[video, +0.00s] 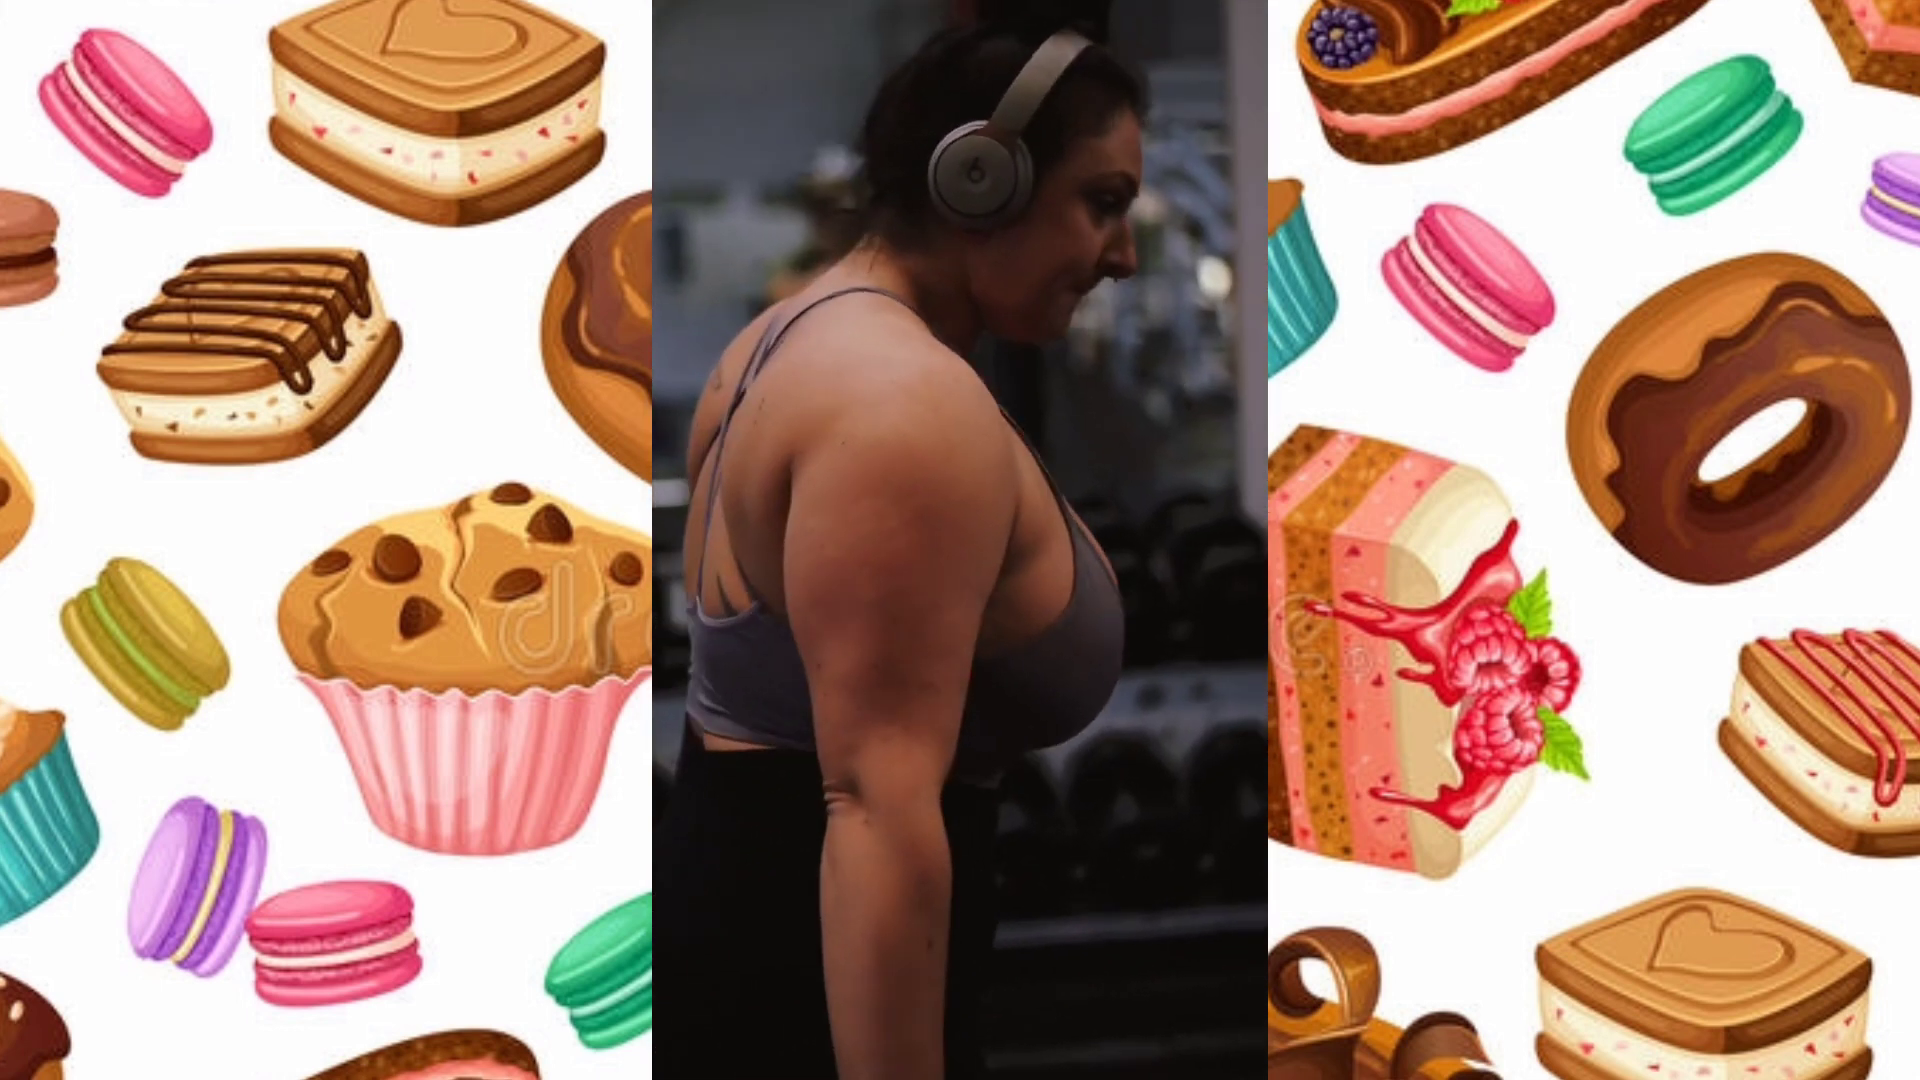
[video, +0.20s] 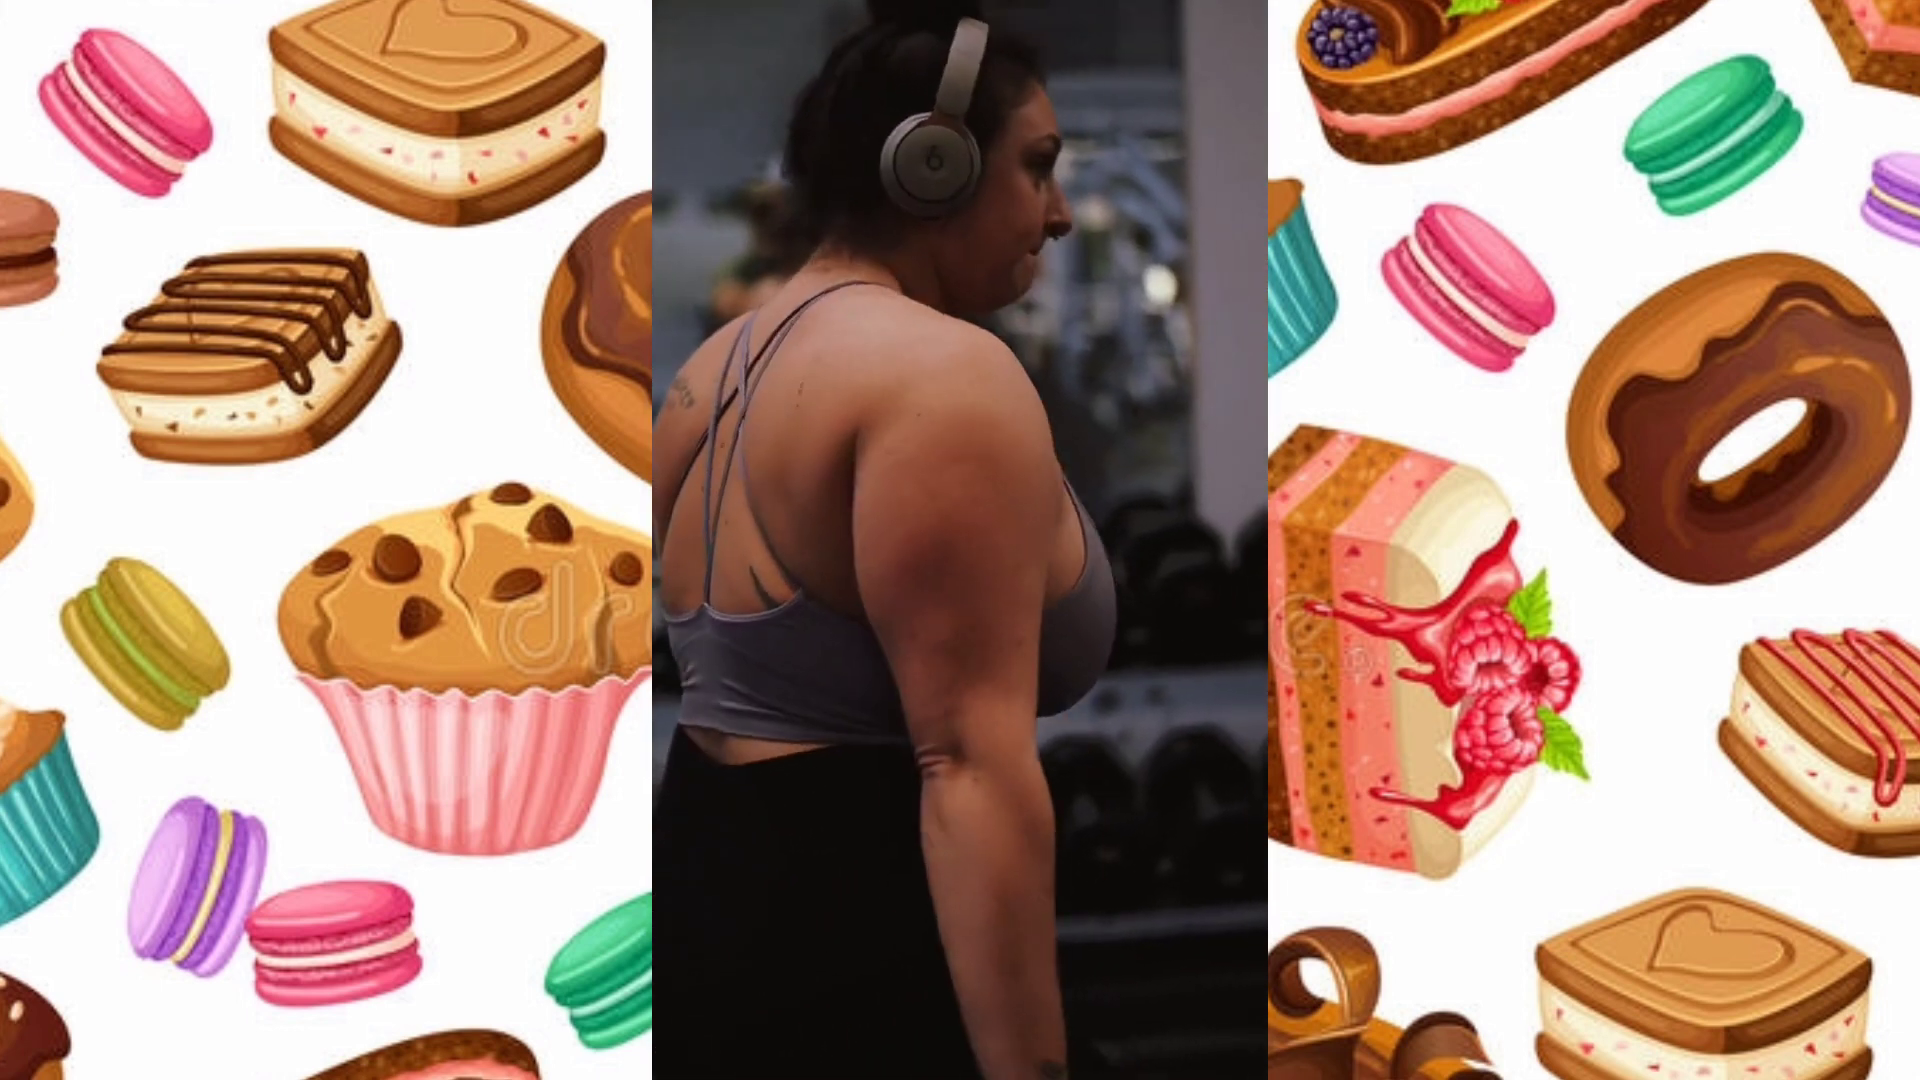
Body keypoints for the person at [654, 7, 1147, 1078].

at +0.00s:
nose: (1122, 252)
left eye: (1126, 209)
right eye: (1102, 202)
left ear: (969, 183)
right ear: (977, 181)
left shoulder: (785, 337)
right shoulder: (903, 412)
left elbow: (747, 726)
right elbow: (876, 799)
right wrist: (890, 1063)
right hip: (850, 879)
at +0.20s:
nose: (1062, 211)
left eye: (1057, 170)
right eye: (1039, 165)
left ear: (925, 166)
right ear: (930, 164)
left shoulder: (714, 362)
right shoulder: (941, 380)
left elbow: (716, 701)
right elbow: (972, 762)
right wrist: (1031, 1065)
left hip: (727, 854)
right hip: (883, 870)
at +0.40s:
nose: (1026, 190)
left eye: (1018, 149)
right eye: (1005, 146)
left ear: (893, 158)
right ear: (907, 156)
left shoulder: (688, 368)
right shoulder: (988, 352)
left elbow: (674, 695)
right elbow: (1062, 728)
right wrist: (1173, 1038)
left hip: (726, 872)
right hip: (942, 874)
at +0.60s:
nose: (1031, 176)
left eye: (1024, 138)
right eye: (1013, 138)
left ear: (817, 150)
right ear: (926, 146)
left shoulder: (677, 368)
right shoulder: (1057, 349)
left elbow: (637, 691)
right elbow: (1155, 701)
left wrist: (617, 955)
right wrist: (1280, 1000)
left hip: (751, 879)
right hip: (1009, 878)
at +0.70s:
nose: (1102, 178)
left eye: (1095, 140)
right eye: (1087, 138)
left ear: (885, 153)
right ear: (1007, 147)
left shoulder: (711, 388)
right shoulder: (1147, 355)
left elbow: (672, 733)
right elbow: (1230, 704)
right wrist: (1333, 936)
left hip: (824, 890)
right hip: (1100, 883)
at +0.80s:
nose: (1196, 192)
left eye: (1194, 154)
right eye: (1187, 152)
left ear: (981, 152)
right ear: (1115, 149)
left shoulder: (801, 374)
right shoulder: (1235, 355)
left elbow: (711, 709)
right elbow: (1325, 683)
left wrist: (550, 879)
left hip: (895, 879)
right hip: (1169, 872)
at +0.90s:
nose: (1287, 215)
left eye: (1290, 180)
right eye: (1281, 179)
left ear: (1062, 166)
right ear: (1224, 169)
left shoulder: (875, 361)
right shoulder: (1283, 352)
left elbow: (766, 690)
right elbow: (1378, 662)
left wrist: (646, 954)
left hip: (951, 868)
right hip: (1215, 865)